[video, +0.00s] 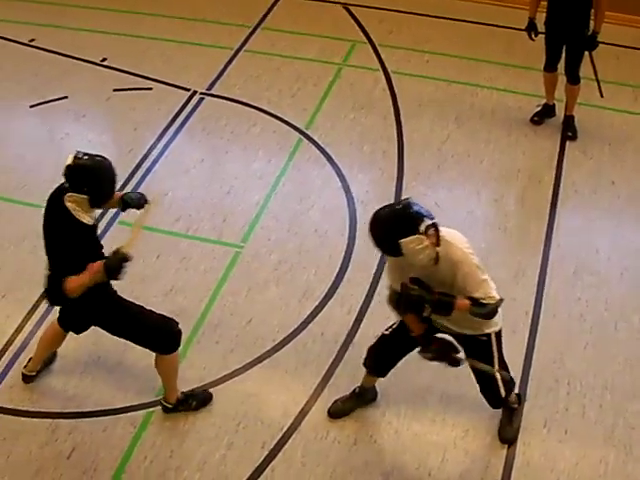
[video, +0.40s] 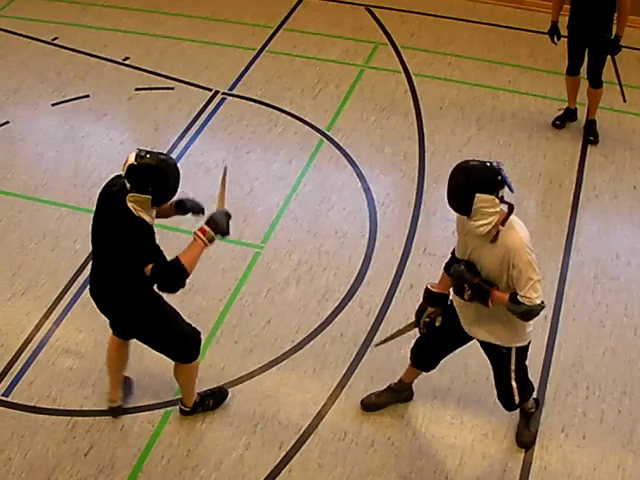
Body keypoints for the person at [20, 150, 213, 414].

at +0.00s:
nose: (106, 197)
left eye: (106, 193)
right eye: (103, 193)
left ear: (79, 182)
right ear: (88, 193)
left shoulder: (64, 194)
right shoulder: (66, 230)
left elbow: (96, 201)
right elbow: (61, 289)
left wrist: (123, 201)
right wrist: (101, 271)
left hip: (80, 290)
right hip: (93, 300)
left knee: (64, 324)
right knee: (167, 333)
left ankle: (32, 367)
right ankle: (173, 398)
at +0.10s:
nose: (132, 196)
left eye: (132, 190)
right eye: (129, 191)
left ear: (98, 180)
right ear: (113, 195)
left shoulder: (80, 191)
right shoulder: (100, 232)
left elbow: (113, 204)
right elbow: (114, 287)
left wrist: (143, 203)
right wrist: (149, 266)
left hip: (79, 289)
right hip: (104, 299)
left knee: (69, 323)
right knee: (177, 335)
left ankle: (41, 366)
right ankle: (179, 400)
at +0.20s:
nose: (156, 200)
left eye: (157, 196)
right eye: (153, 196)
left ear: (121, 181)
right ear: (137, 198)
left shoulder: (99, 189)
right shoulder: (123, 234)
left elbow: (128, 205)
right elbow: (129, 292)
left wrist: (159, 207)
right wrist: (179, 268)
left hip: (88, 288)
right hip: (116, 302)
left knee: (87, 321)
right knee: (183, 337)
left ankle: (61, 370)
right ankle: (184, 400)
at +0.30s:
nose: (172, 204)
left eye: (175, 199)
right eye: (169, 200)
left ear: (135, 182)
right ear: (150, 199)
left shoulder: (112, 189)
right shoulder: (137, 235)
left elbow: (138, 200)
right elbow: (155, 293)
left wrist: (171, 199)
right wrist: (201, 254)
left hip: (97, 284)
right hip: (124, 302)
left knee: (107, 324)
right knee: (188, 338)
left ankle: (89, 381)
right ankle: (190, 401)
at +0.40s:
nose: (168, 198)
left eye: (170, 193)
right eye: (166, 193)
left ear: (134, 179)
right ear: (153, 195)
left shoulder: (115, 187)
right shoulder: (135, 228)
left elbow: (144, 210)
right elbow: (169, 279)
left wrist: (175, 208)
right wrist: (206, 233)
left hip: (102, 286)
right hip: (129, 299)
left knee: (122, 331)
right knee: (187, 342)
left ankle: (114, 393)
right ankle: (189, 402)